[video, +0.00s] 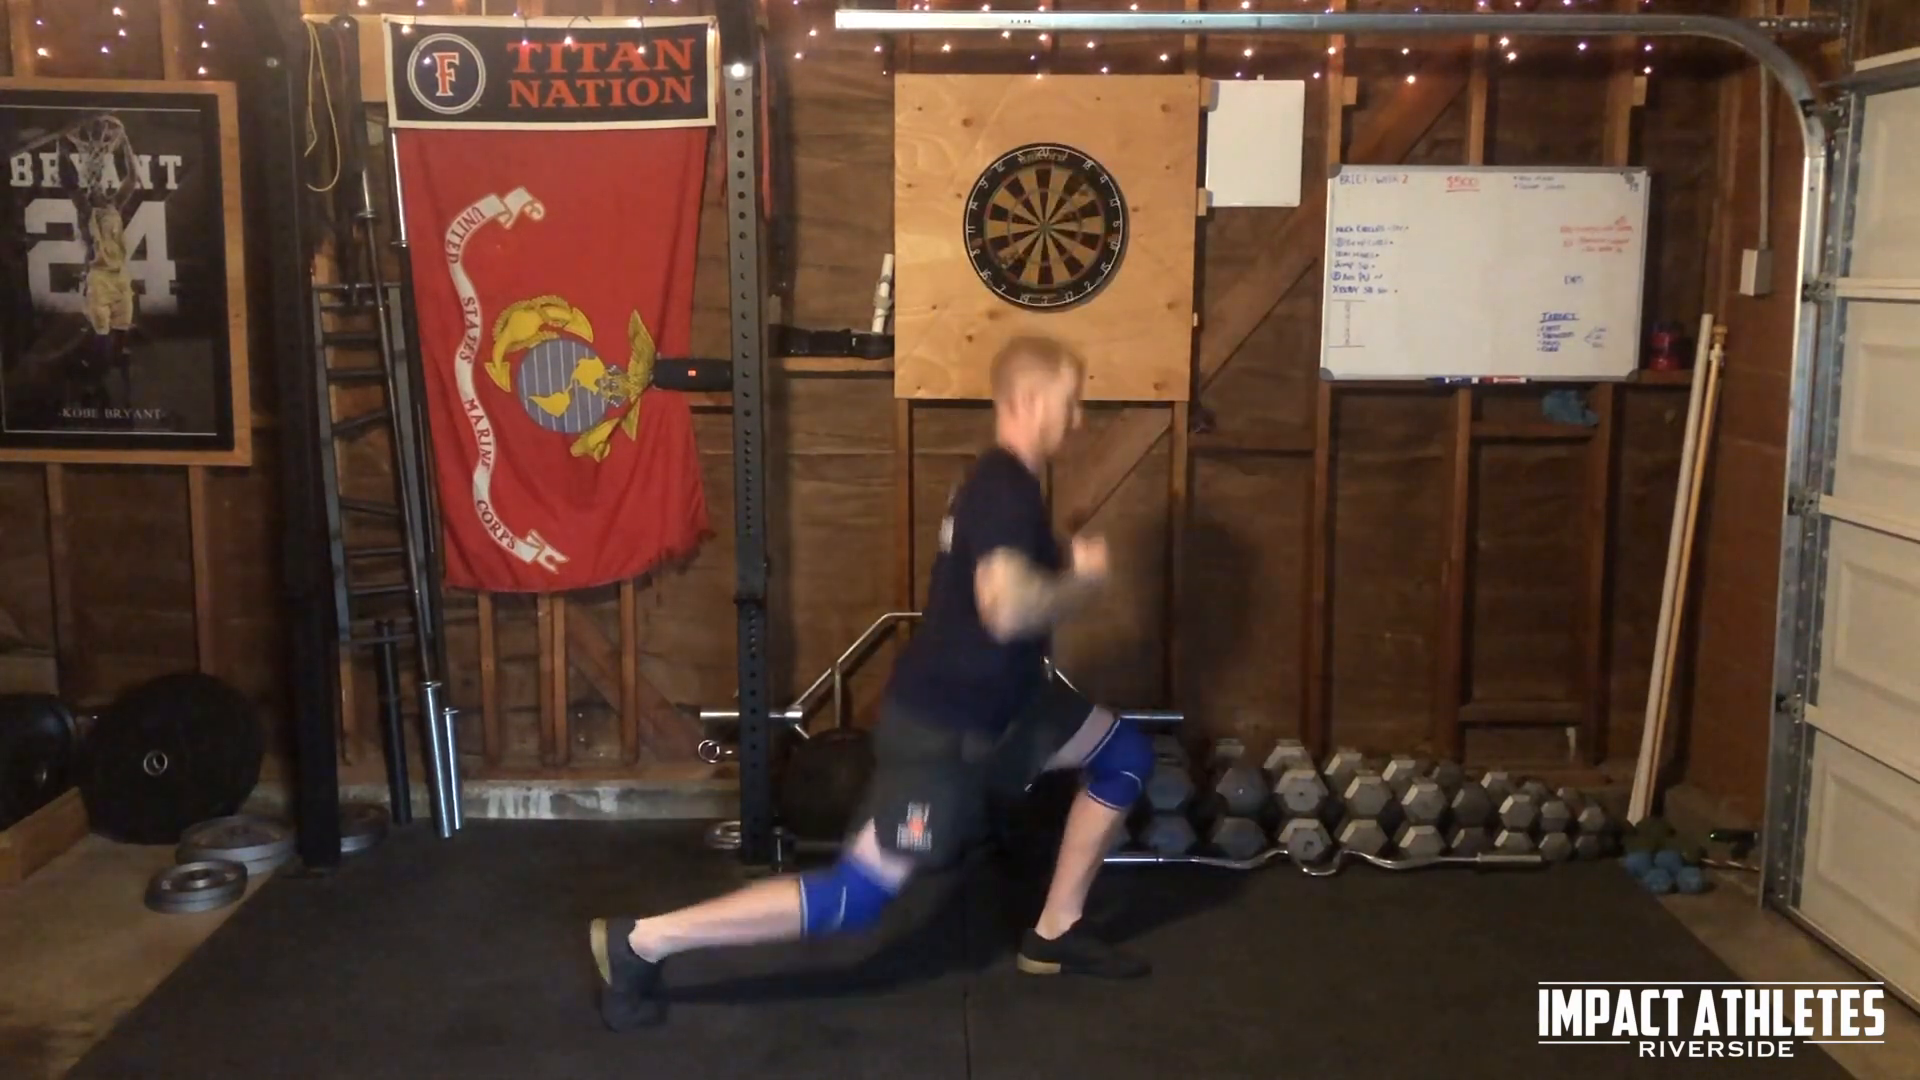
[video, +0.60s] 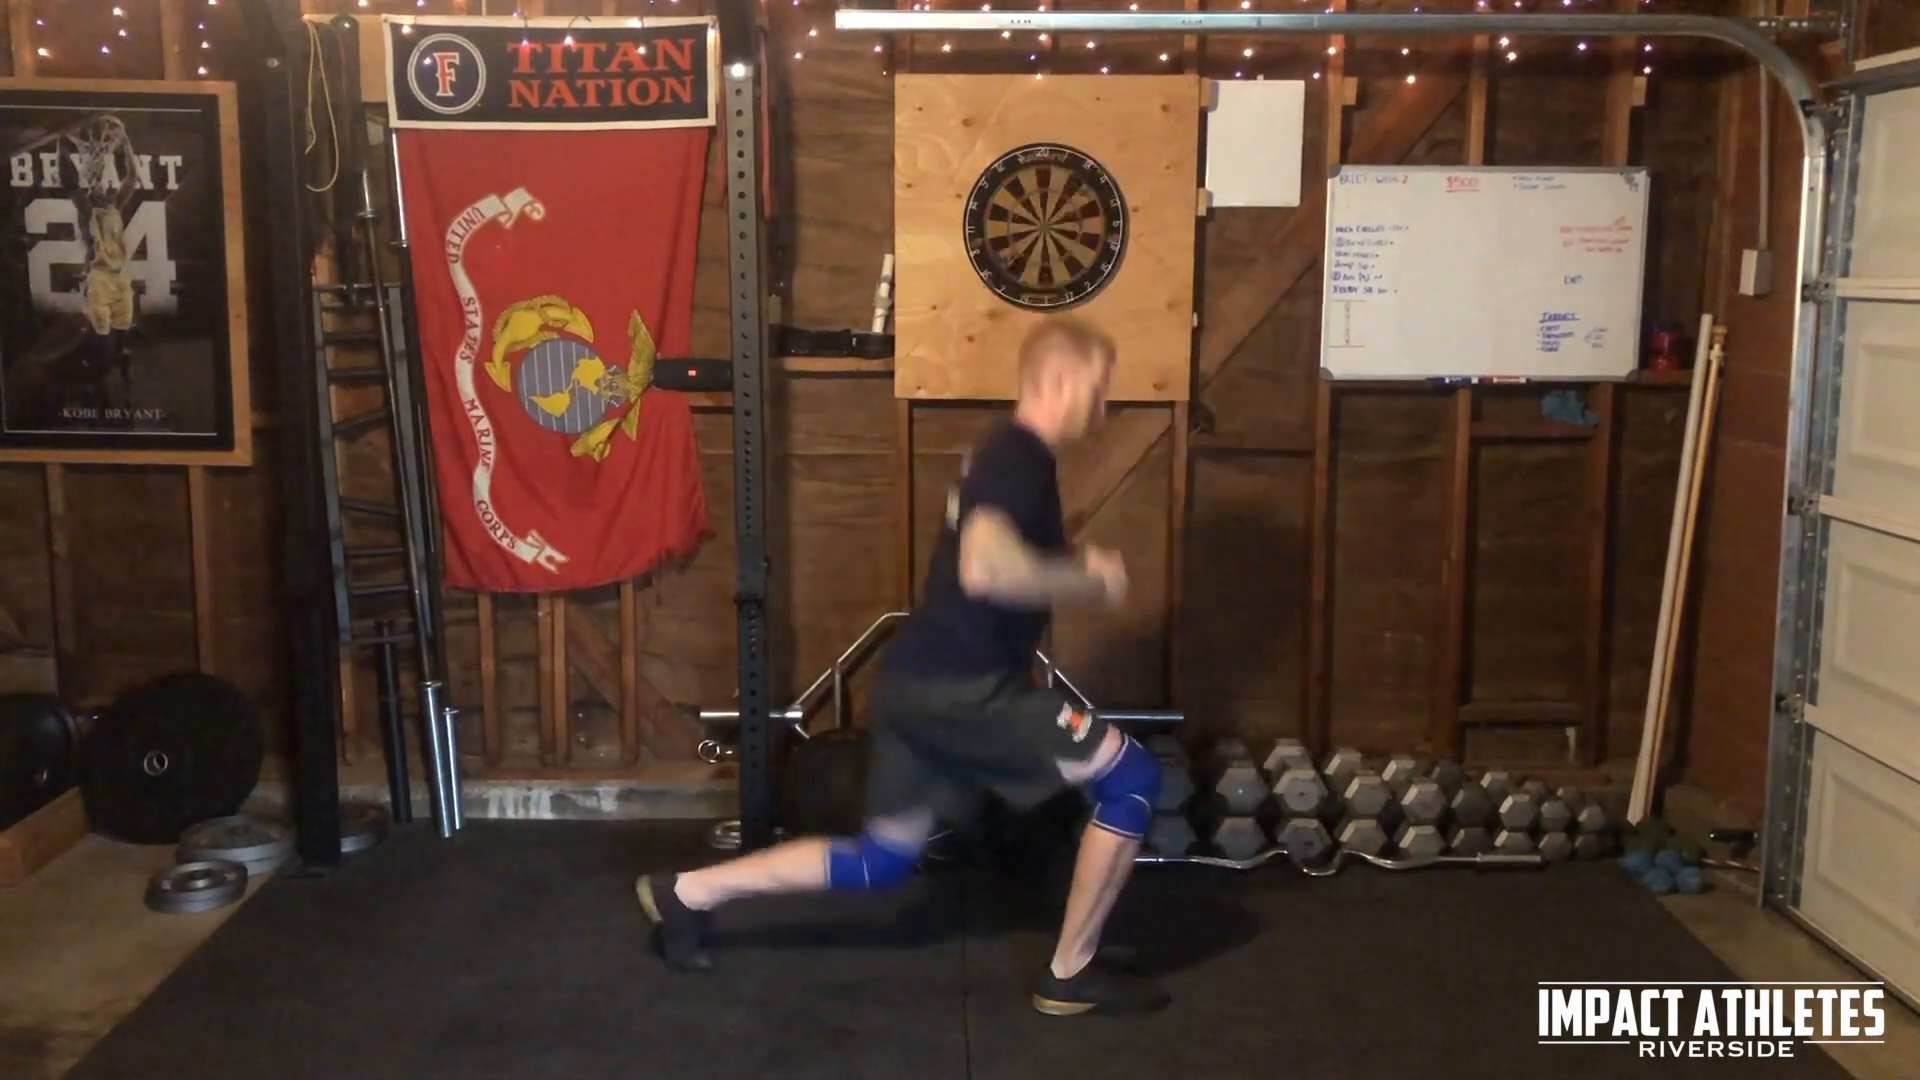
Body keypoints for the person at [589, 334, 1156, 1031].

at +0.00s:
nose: (1078, 418)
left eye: (1078, 402)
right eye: (1070, 401)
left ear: (1023, 404)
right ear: (1025, 404)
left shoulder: (1014, 481)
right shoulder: (1004, 488)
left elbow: (987, 572)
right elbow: (1005, 604)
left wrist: (1064, 560)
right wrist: (1083, 580)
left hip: (1008, 698)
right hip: (943, 716)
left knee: (1124, 757)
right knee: (856, 896)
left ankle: (1055, 932)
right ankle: (640, 941)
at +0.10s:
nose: (1082, 326)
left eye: (1085, 308)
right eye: (1075, 308)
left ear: (1046, 305)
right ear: (1034, 303)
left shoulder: (1024, 388)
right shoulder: (1011, 386)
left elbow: (1034, 502)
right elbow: (1023, 505)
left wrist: (1077, 482)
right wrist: (1084, 481)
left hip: (1008, 631)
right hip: (946, 630)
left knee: (1089, 742)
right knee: (874, 801)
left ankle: (1057, 927)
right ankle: (685, 925)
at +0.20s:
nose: (1099, 250)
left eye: (1101, 233)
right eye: (1094, 231)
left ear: (1033, 226)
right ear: (1052, 226)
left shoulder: (1026, 304)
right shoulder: (1017, 301)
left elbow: (997, 397)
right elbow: (1007, 415)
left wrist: (1066, 413)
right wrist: (1088, 420)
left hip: (989, 550)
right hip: (946, 545)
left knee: (1024, 717)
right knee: (920, 740)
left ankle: (1009, 900)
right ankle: (768, 897)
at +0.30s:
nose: (1102, 226)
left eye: (1106, 210)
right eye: (1099, 207)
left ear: (1041, 195)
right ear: (1055, 195)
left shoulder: (1014, 265)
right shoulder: (1021, 266)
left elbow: (991, 372)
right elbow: (987, 377)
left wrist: (1058, 375)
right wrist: (1076, 391)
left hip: (962, 514)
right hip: (955, 519)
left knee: (961, 698)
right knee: (978, 709)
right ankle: (881, 903)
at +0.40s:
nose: (1101, 244)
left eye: (1106, 227)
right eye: (1098, 224)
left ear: (1043, 214)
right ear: (1056, 214)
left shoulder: (1029, 289)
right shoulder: (1014, 289)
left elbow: (990, 391)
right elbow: (972, 394)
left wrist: (1062, 402)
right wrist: (1071, 414)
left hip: (960, 533)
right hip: (951, 538)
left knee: (932, 720)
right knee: (1037, 717)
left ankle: (777, 834)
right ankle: (993, 927)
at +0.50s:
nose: (1101, 308)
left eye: (1104, 292)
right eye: (1096, 290)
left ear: (1044, 283)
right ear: (1055, 283)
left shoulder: (1024, 359)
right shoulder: (1013, 356)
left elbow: (995, 465)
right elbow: (974, 462)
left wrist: (1072, 470)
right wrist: (1073, 476)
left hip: (933, 594)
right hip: (957, 602)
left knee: (887, 770)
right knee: (1079, 760)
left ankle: (717, 865)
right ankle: (1068, 971)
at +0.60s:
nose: (1103, 404)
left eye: (1104, 389)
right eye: (1098, 388)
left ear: (1044, 382)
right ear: (1059, 382)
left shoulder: (1004, 450)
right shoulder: (1019, 456)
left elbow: (993, 560)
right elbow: (985, 568)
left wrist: (1074, 560)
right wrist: (1089, 579)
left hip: (920, 685)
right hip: (963, 689)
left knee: (883, 858)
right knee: (1131, 782)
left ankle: (684, 892)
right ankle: (1071, 970)